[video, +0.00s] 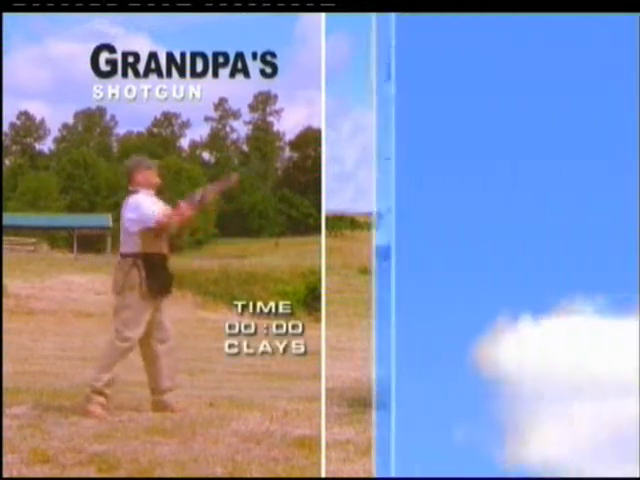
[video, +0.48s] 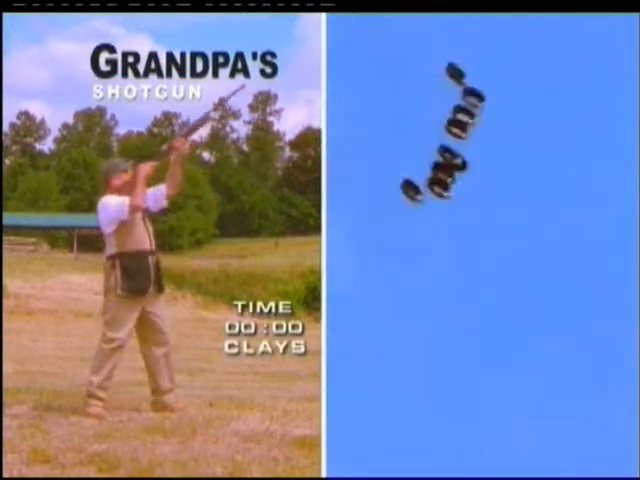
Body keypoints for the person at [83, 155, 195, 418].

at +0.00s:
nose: (157, 176)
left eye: (156, 171)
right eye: (151, 171)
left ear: (145, 177)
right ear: (137, 177)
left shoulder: (152, 201)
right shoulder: (137, 202)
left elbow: (170, 222)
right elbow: (165, 222)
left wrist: (187, 211)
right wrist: (182, 212)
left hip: (153, 264)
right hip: (134, 265)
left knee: (157, 336)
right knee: (126, 335)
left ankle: (161, 396)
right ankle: (96, 395)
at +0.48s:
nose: (131, 177)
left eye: (131, 173)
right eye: (124, 173)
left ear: (131, 178)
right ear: (111, 181)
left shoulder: (137, 198)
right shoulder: (106, 203)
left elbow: (170, 189)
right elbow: (136, 205)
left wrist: (176, 158)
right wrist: (142, 175)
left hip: (147, 265)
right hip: (122, 267)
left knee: (157, 337)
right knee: (114, 338)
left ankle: (163, 396)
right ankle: (95, 398)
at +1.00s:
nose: (130, 182)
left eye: (130, 178)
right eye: (124, 177)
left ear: (128, 182)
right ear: (111, 182)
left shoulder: (134, 200)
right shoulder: (103, 204)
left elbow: (169, 198)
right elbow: (129, 211)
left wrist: (178, 168)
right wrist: (140, 182)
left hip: (143, 268)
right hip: (118, 271)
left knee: (153, 338)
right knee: (112, 340)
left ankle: (162, 395)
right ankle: (94, 399)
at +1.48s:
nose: (159, 182)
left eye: (159, 178)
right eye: (155, 178)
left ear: (156, 181)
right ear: (140, 179)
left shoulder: (159, 200)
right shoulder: (128, 199)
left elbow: (191, 199)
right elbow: (156, 209)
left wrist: (204, 170)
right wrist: (168, 182)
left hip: (152, 267)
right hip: (127, 267)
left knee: (156, 338)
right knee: (113, 338)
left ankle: (162, 397)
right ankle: (95, 398)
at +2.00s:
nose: (169, 183)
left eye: (170, 178)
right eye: (163, 177)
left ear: (170, 182)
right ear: (149, 179)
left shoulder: (168, 202)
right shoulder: (139, 199)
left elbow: (203, 204)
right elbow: (165, 211)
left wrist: (217, 178)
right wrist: (180, 186)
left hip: (158, 268)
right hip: (133, 266)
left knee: (158, 338)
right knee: (116, 335)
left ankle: (162, 397)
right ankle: (96, 397)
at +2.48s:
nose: (178, 191)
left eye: (179, 186)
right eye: (175, 184)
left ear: (174, 188)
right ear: (159, 183)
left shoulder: (171, 211)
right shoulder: (140, 202)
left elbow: (197, 228)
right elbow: (158, 220)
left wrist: (226, 210)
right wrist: (185, 212)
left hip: (155, 275)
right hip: (130, 273)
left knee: (157, 342)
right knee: (115, 338)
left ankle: (161, 397)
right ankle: (96, 398)